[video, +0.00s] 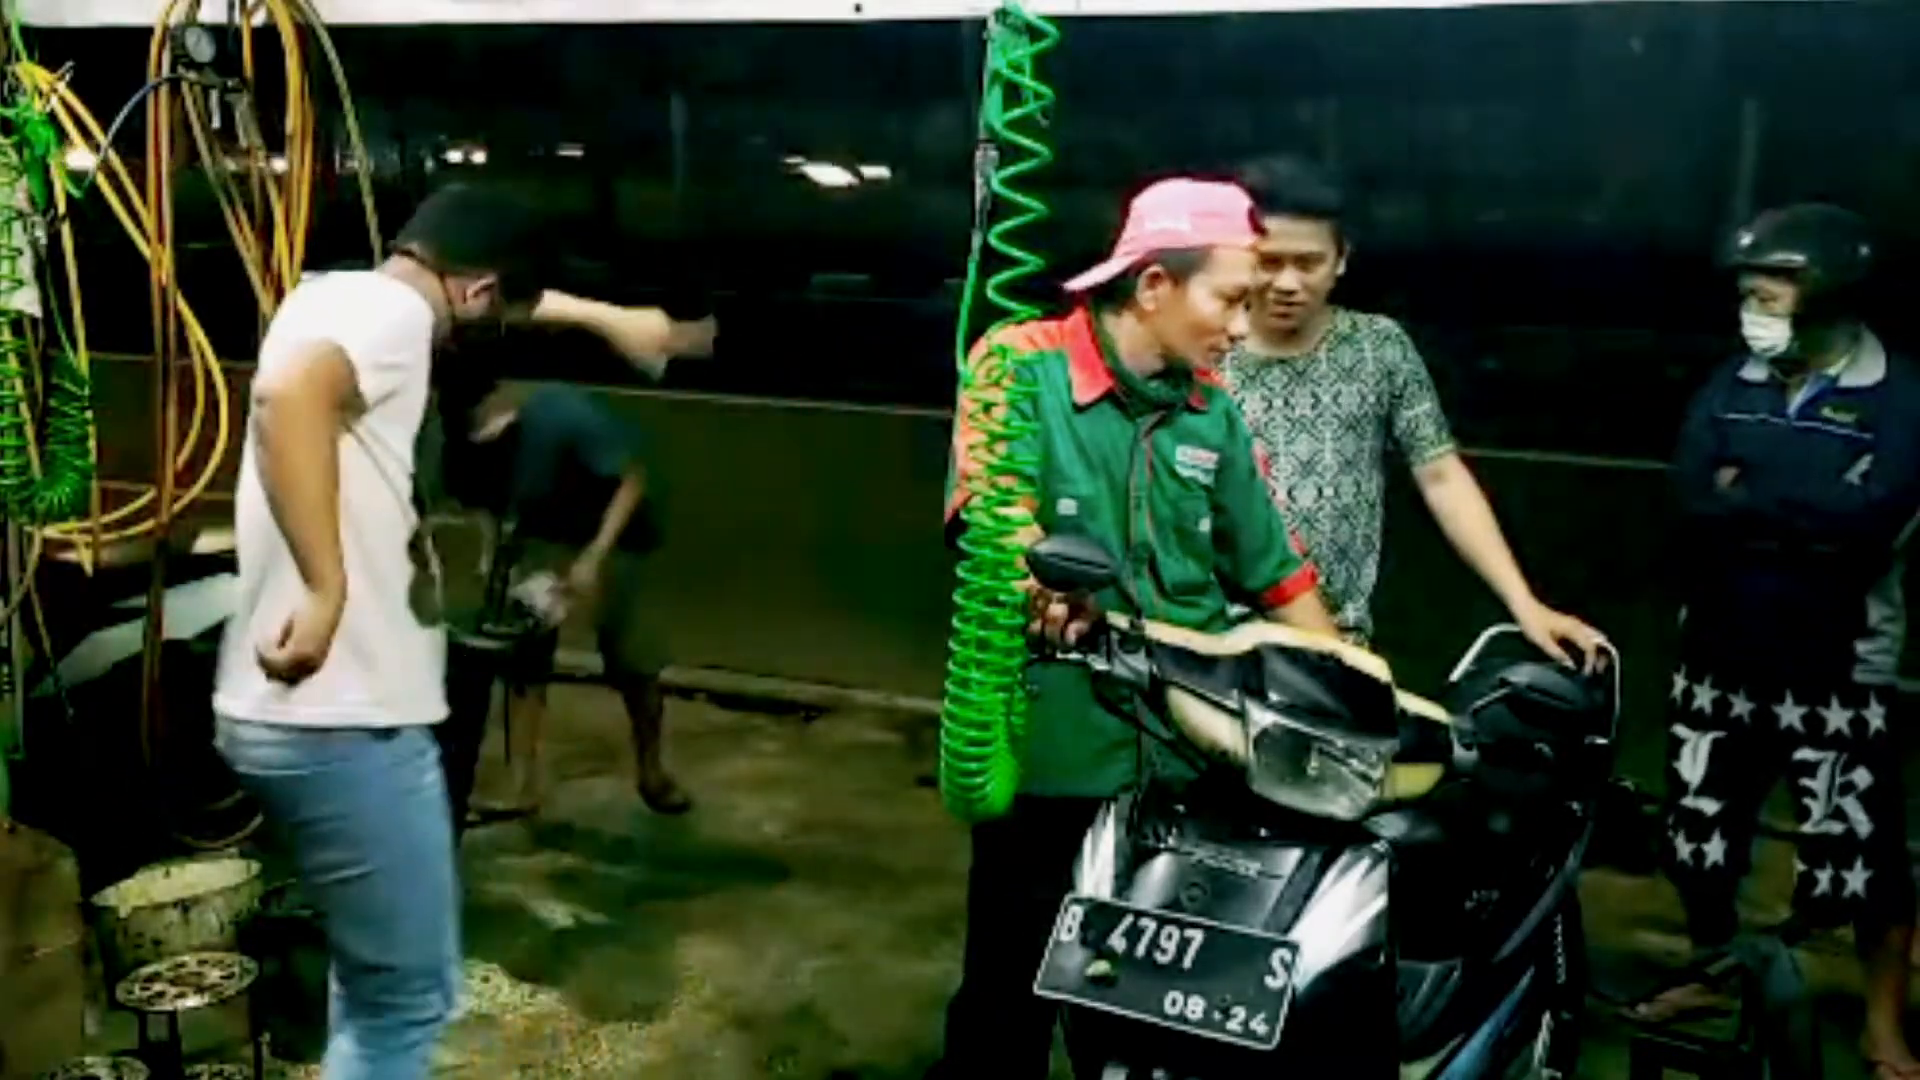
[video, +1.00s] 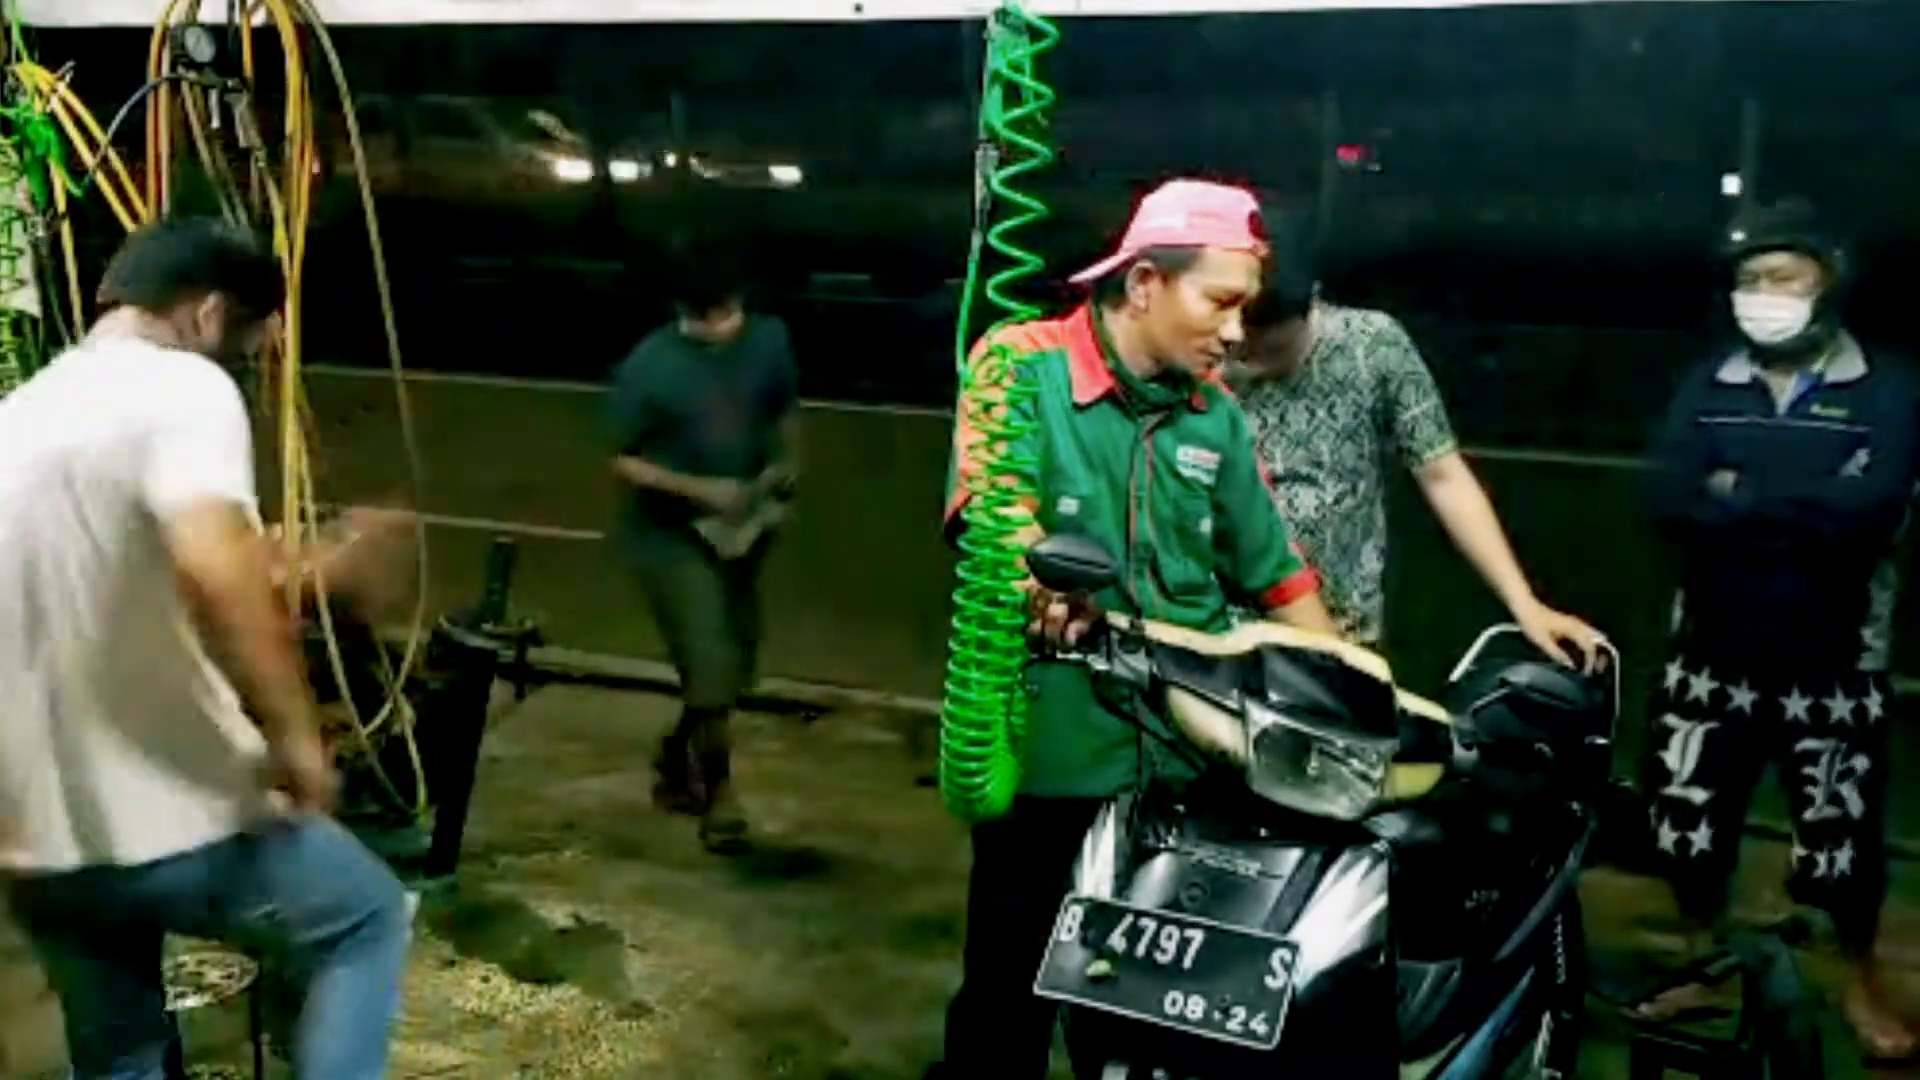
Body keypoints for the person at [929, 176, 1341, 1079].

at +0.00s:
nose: (1237, 327)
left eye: (1244, 305)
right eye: (1227, 301)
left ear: (1170, 293)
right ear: (1155, 287)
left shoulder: (1212, 414)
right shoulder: (1018, 367)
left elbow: (1282, 579)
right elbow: (989, 512)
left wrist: (1351, 691)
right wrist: (1043, 596)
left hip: (1183, 756)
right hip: (1049, 753)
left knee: (1154, 1009)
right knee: (1006, 1009)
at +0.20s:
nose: (1236, 328)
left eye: (1243, 307)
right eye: (1225, 303)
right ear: (1154, 287)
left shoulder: (1213, 416)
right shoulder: (1019, 367)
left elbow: (1282, 582)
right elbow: (987, 513)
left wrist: (1351, 691)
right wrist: (1042, 596)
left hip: (1184, 758)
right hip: (1049, 755)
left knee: (1156, 1011)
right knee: (1006, 1010)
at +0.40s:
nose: (1234, 329)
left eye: (1243, 308)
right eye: (1224, 302)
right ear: (1149, 285)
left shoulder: (1215, 420)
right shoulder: (1018, 366)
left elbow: (1284, 582)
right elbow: (988, 507)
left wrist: (1349, 692)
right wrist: (1043, 593)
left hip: (1182, 761)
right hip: (1045, 757)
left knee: (1152, 1014)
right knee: (1005, 1013)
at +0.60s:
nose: (1234, 330)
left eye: (1243, 309)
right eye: (1222, 302)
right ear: (1147, 284)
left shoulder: (1214, 420)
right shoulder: (1018, 366)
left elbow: (1284, 582)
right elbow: (987, 507)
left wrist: (1350, 693)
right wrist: (1043, 593)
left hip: (1183, 761)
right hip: (1045, 758)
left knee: (1154, 1015)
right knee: (1005, 1014)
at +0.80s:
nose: (1233, 329)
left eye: (1243, 308)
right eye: (1221, 302)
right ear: (1146, 284)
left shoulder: (1215, 419)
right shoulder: (1018, 365)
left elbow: (1284, 580)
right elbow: (988, 505)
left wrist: (1340, 701)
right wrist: (1043, 592)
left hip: (1185, 761)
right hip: (1046, 758)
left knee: (1158, 1014)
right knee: (1005, 1014)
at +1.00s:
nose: (1233, 329)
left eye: (1243, 310)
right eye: (1220, 302)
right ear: (1146, 283)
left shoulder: (1217, 420)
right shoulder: (1019, 366)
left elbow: (1283, 581)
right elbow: (987, 505)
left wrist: (1342, 696)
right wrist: (1043, 592)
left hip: (1185, 761)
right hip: (1046, 758)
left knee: (1155, 1015)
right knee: (1005, 1014)